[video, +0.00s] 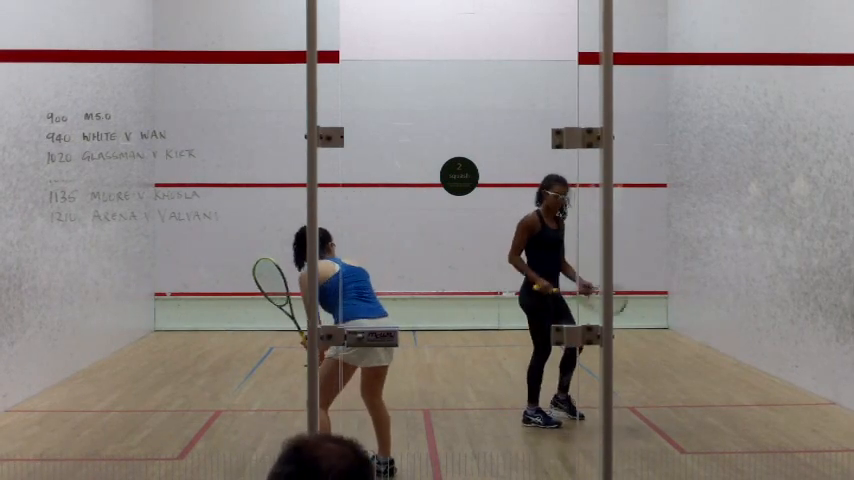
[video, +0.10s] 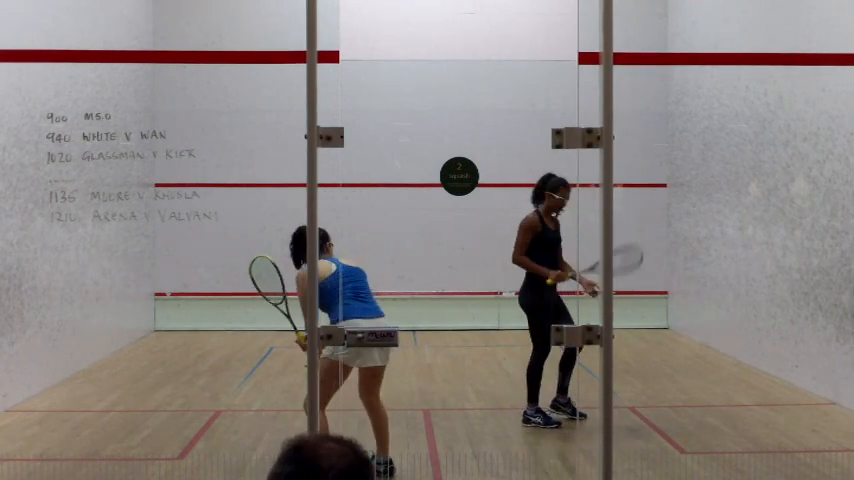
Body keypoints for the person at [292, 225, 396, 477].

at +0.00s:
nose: (335, 248)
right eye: (334, 245)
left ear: (304, 251)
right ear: (331, 247)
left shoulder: (309, 273)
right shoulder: (355, 267)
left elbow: (313, 319)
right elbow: (355, 313)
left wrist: (316, 346)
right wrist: (326, 344)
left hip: (353, 335)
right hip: (384, 332)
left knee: (318, 404)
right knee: (373, 397)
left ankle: (325, 464)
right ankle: (385, 461)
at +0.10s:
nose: (334, 248)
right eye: (332, 246)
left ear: (301, 252)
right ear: (329, 247)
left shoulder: (306, 274)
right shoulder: (353, 267)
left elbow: (310, 319)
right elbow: (352, 314)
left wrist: (310, 342)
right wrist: (319, 340)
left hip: (348, 336)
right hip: (380, 333)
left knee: (313, 404)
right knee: (371, 397)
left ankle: (326, 465)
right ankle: (383, 462)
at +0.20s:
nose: (332, 248)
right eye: (330, 245)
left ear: (299, 252)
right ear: (327, 246)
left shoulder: (304, 273)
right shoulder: (350, 265)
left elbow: (307, 320)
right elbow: (350, 311)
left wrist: (308, 342)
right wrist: (315, 339)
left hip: (344, 336)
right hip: (378, 332)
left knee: (312, 405)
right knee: (370, 396)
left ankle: (326, 463)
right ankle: (382, 461)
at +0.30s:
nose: (331, 247)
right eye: (329, 245)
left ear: (299, 252)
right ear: (326, 246)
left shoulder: (303, 273)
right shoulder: (349, 264)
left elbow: (306, 320)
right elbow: (348, 311)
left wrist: (307, 341)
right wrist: (314, 338)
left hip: (343, 335)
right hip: (377, 331)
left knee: (312, 404)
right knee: (371, 396)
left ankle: (328, 463)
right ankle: (381, 461)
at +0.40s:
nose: (330, 247)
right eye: (329, 244)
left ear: (299, 251)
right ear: (326, 245)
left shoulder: (302, 273)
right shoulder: (349, 265)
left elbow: (306, 320)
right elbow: (350, 311)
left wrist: (307, 341)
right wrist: (314, 338)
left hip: (343, 336)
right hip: (377, 331)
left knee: (312, 404)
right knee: (371, 396)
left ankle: (325, 463)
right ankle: (381, 461)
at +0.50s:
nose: (331, 246)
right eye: (329, 243)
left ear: (299, 250)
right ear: (326, 244)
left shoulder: (303, 273)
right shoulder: (349, 264)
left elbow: (308, 319)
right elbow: (350, 308)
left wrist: (307, 341)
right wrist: (314, 337)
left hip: (344, 335)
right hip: (378, 330)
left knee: (312, 404)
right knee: (371, 396)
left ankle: (324, 463)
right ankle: (382, 461)